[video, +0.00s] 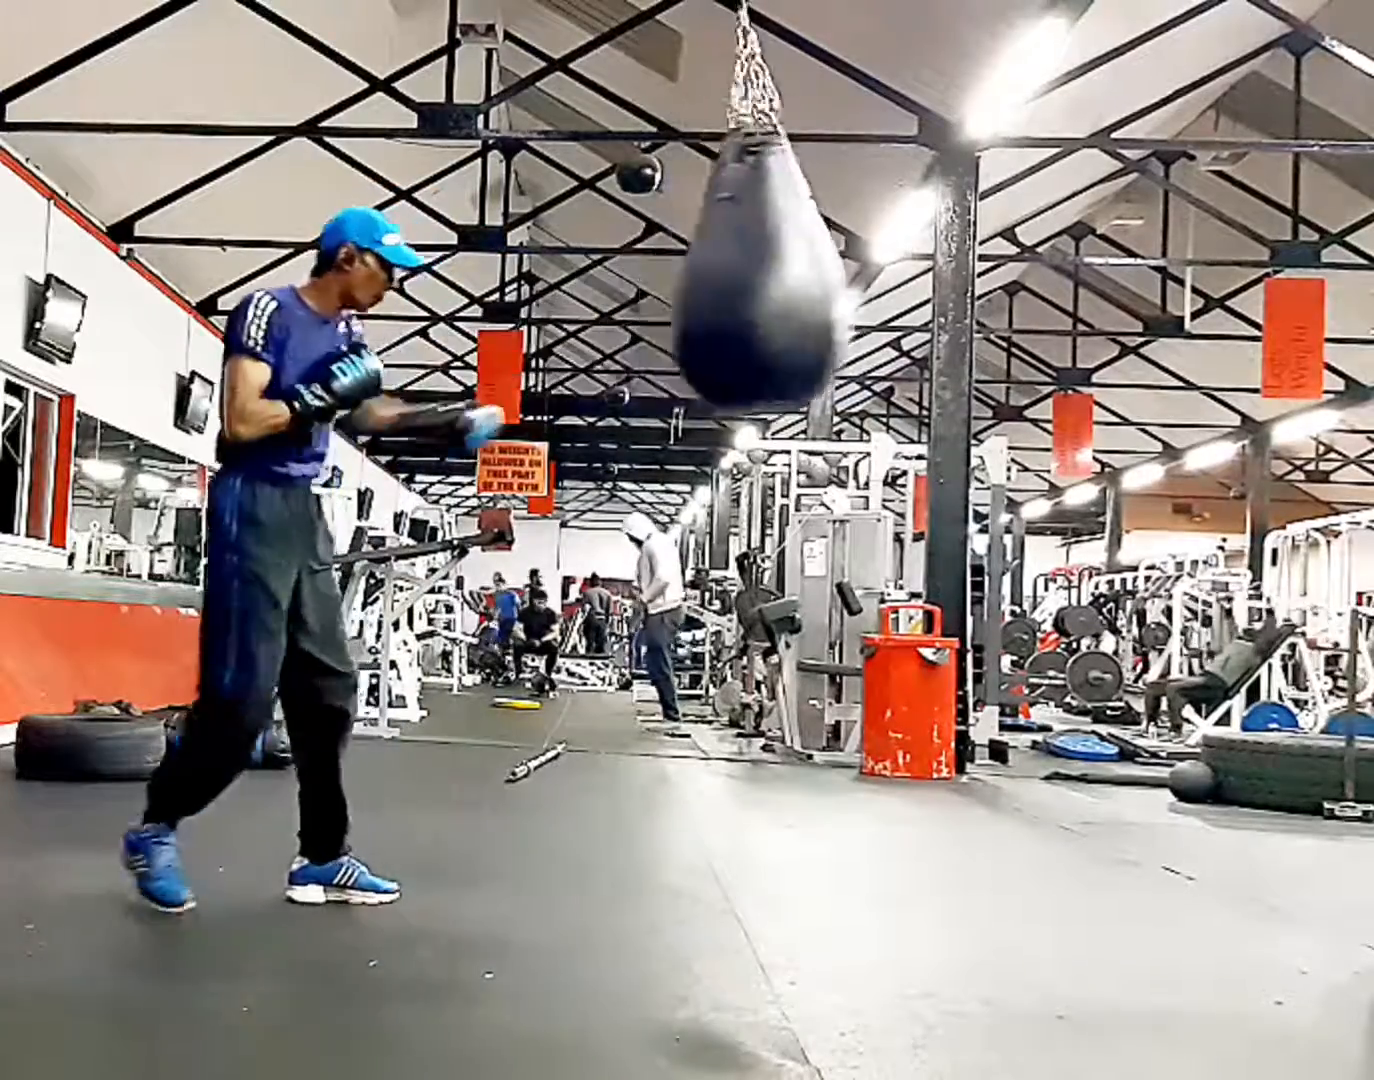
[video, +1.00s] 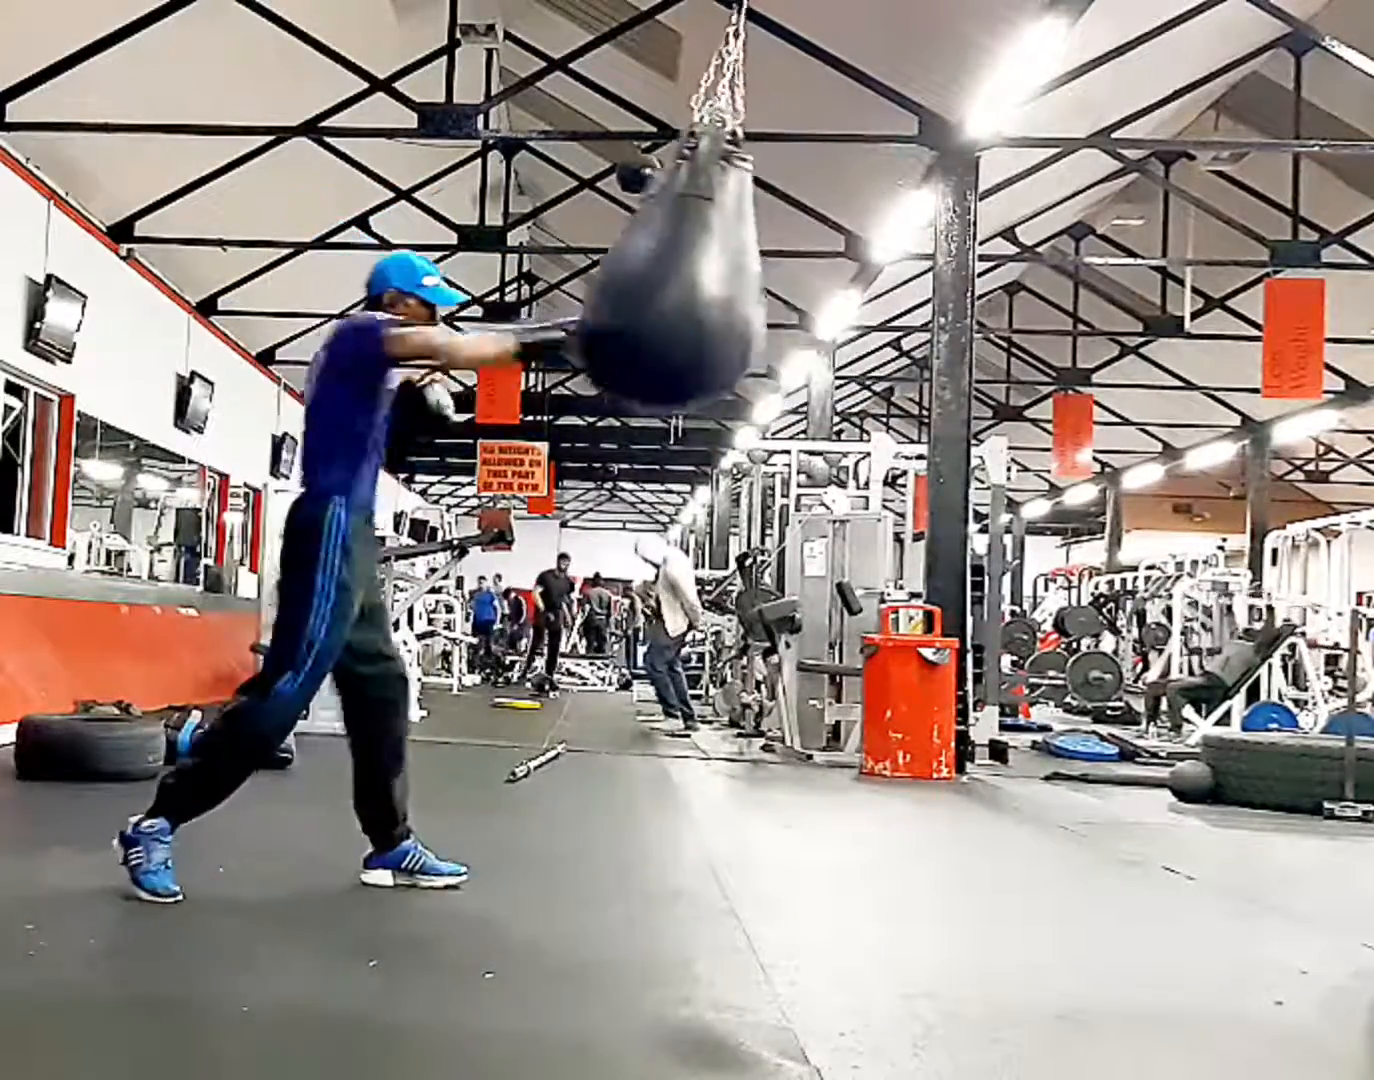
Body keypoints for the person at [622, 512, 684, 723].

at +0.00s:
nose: (630, 541)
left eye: (630, 536)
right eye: (629, 537)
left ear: (637, 532)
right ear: (644, 528)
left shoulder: (656, 544)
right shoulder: (652, 545)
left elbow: (663, 577)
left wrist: (644, 598)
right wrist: (640, 593)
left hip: (663, 610)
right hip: (657, 609)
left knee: (659, 662)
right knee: (657, 662)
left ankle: (671, 713)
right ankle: (669, 711)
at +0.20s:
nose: (632, 546)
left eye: (631, 541)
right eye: (629, 542)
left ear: (638, 536)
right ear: (646, 530)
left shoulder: (654, 551)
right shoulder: (666, 544)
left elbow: (659, 586)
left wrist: (653, 616)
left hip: (666, 613)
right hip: (679, 609)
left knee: (659, 661)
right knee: (659, 659)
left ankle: (671, 711)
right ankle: (669, 707)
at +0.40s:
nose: (634, 546)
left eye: (633, 541)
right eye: (632, 542)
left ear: (640, 536)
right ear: (648, 529)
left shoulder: (656, 551)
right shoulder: (669, 544)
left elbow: (665, 585)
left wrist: (674, 615)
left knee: (660, 662)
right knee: (665, 661)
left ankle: (674, 713)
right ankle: (676, 710)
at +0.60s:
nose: (641, 551)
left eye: (640, 546)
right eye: (638, 547)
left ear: (647, 541)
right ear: (650, 536)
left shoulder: (663, 555)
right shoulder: (664, 551)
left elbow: (681, 585)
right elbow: (658, 583)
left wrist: (692, 612)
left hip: (668, 619)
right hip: (672, 617)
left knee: (659, 665)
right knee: (673, 665)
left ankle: (673, 714)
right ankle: (688, 715)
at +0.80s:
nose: (645, 558)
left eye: (644, 554)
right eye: (643, 555)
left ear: (650, 548)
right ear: (655, 541)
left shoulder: (669, 562)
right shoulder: (671, 556)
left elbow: (686, 594)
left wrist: (694, 621)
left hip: (668, 625)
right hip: (676, 622)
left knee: (664, 669)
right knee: (675, 667)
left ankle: (672, 713)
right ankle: (689, 715)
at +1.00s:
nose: (647, 563)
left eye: (646, 558)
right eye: (645, 559)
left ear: (652, 553)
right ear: (659, 545)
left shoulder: (672, 568)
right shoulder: (673, 560)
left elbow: (690, 599)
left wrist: (696, 621)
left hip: (671, 626)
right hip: (676, 623)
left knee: (654, 663)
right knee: (673, 667)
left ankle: (672, 710)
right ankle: (688, 714)